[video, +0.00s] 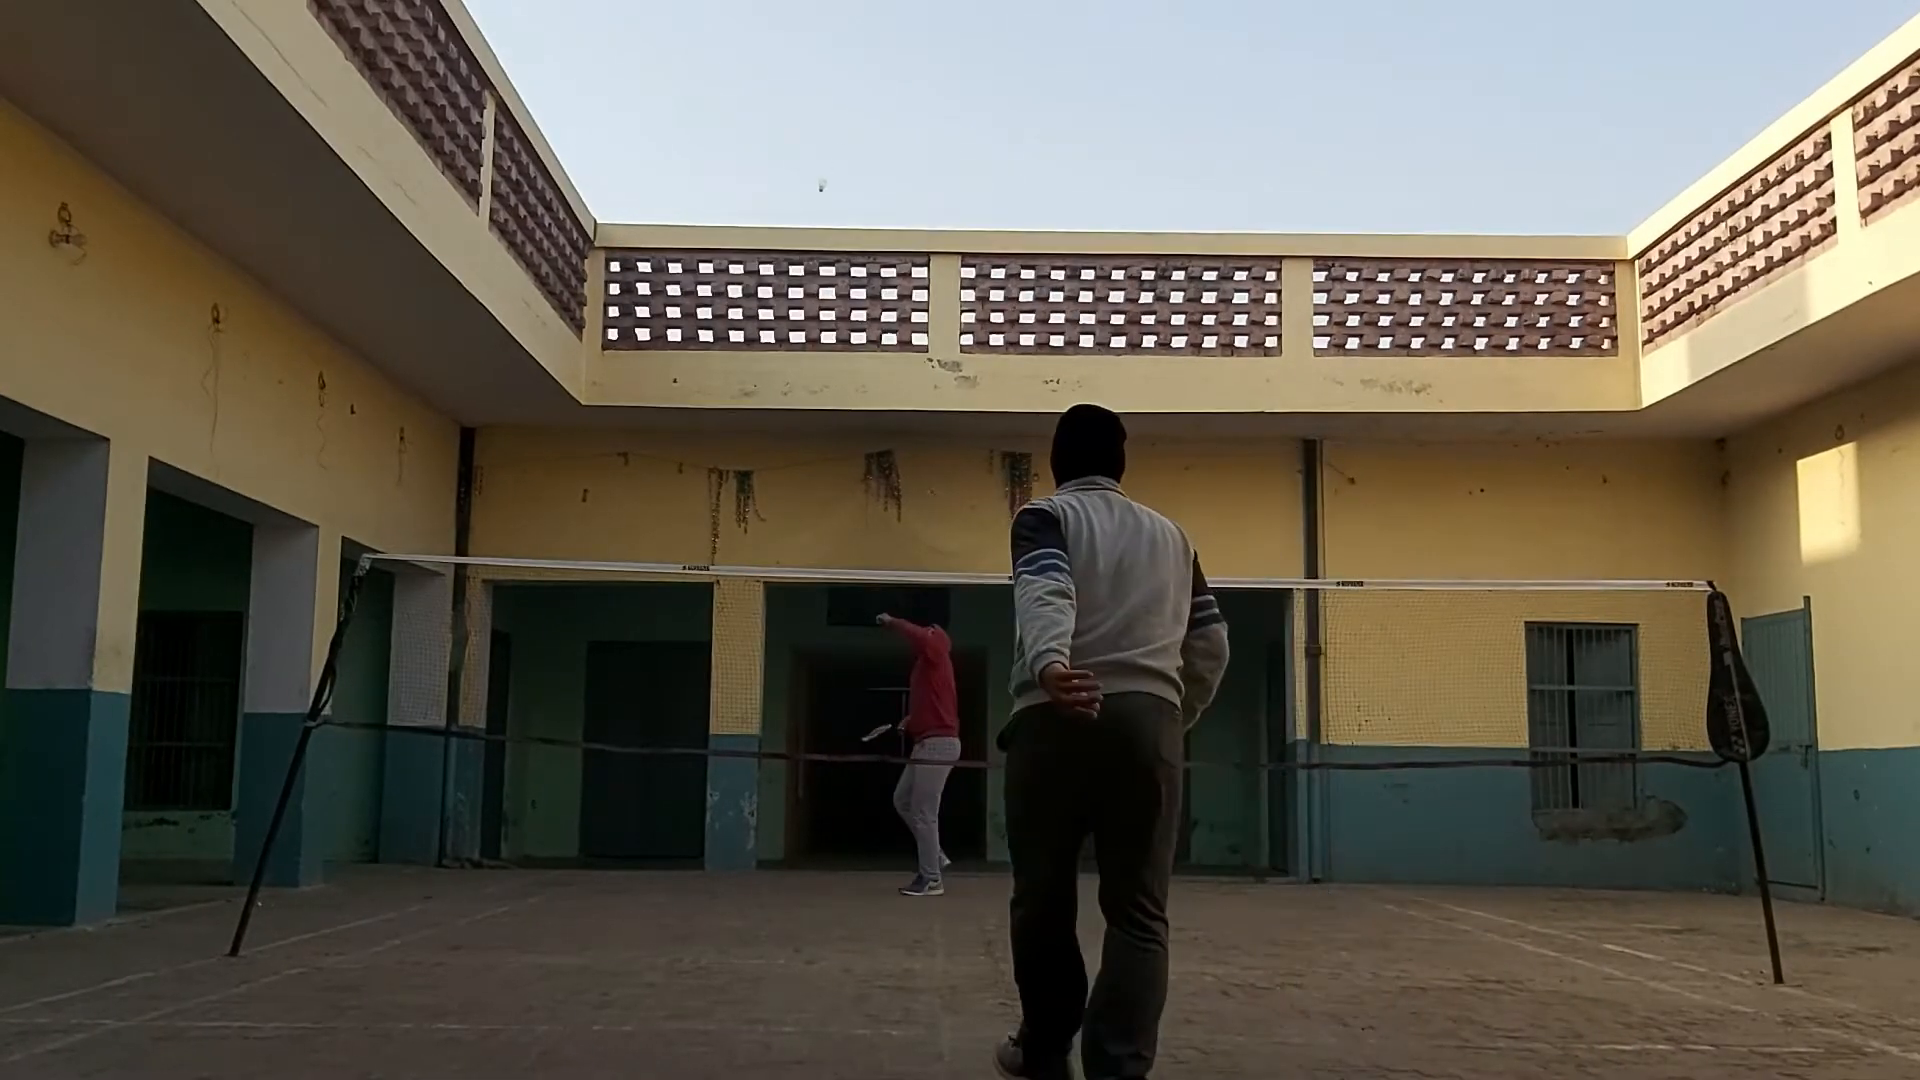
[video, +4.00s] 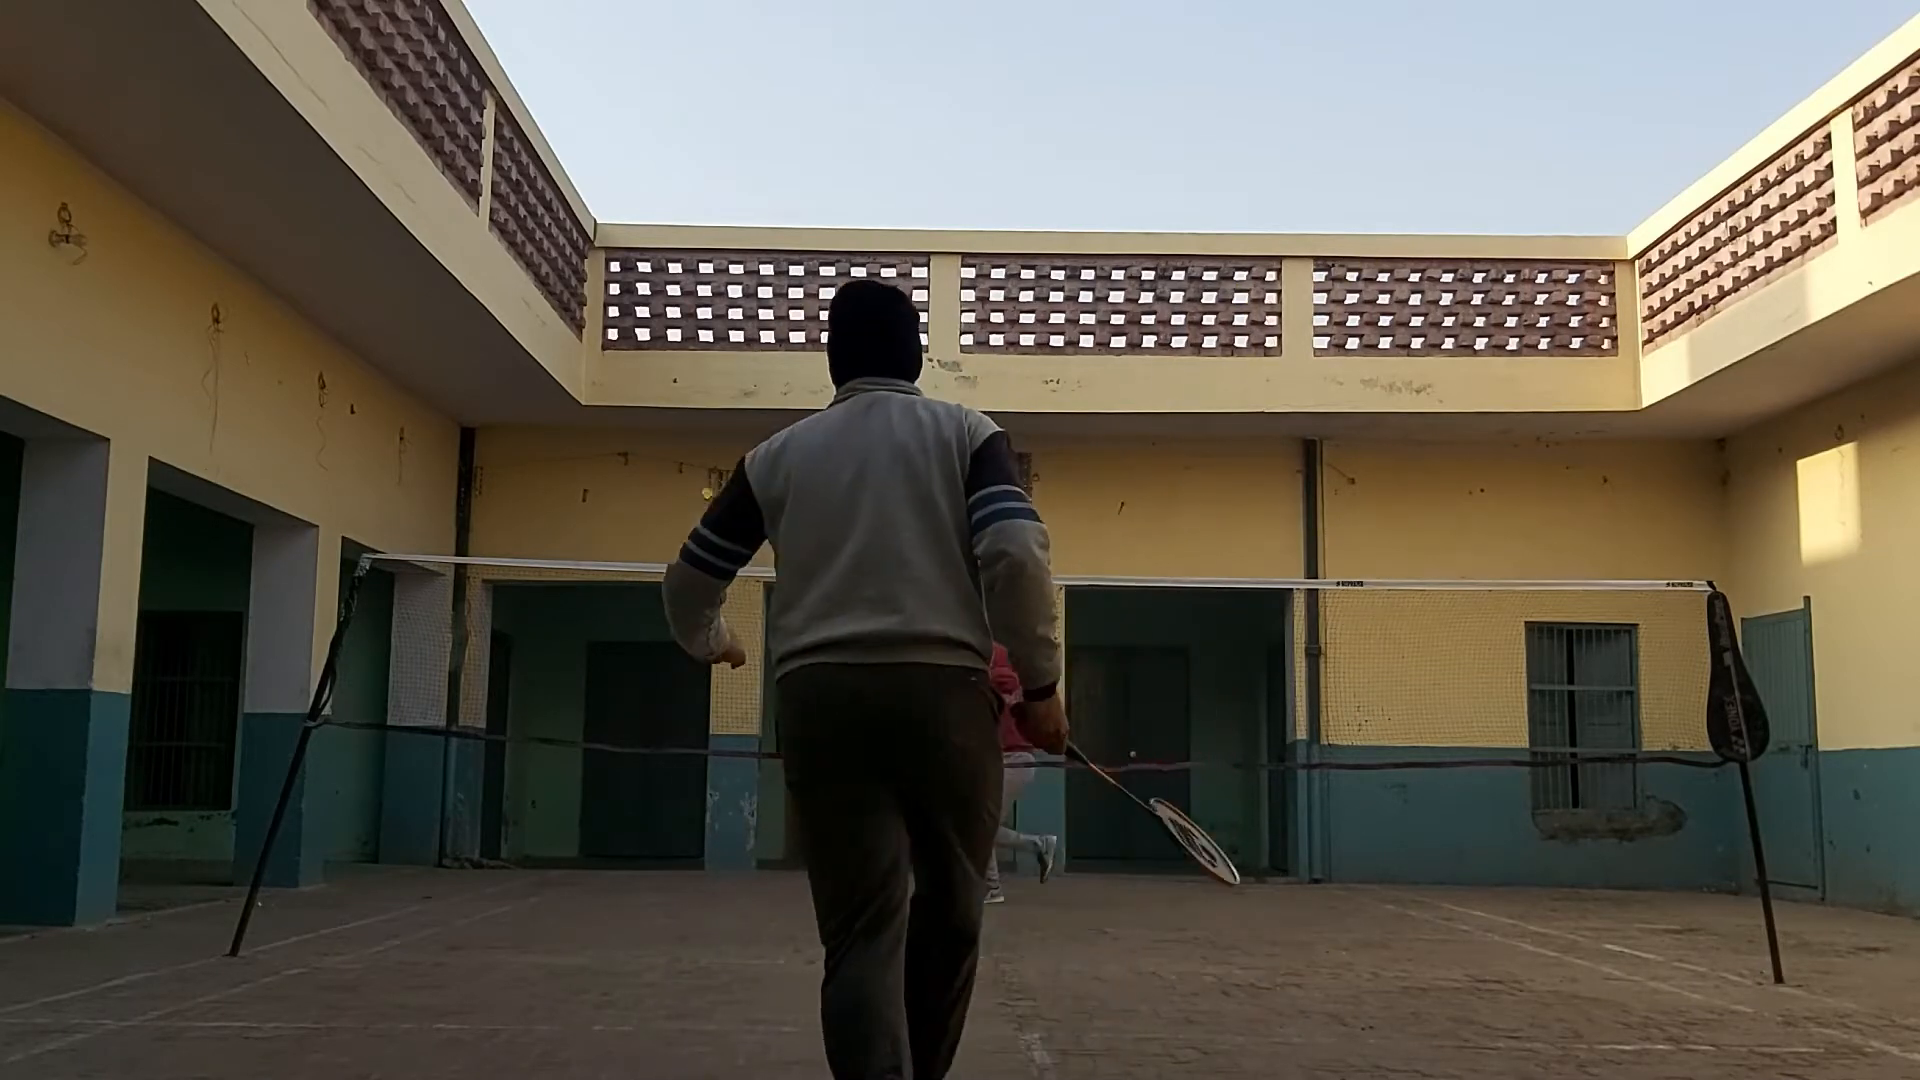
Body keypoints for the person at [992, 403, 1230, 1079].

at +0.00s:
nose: (1057, 474)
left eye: (1055, 463)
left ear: (1057, 466)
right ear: (1122, 466)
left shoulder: (1045, 516)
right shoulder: (1171, 535)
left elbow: (1046, 590)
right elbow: (1210, 646)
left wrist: (1048, 661)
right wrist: (1173, 716)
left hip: (1052, 723)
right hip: (1148, 726)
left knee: (1042, 897)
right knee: (1140, 908)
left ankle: (1047, 1049)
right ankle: (1122, 1064)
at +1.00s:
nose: (860, 451)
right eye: (858, 440)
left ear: (786, 459)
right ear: (861, 452)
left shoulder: (746, 554)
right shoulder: (901, 511)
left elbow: (722, 643)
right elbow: (1009, 498)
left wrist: (786, 591)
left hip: (800, 773)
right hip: (920, 759)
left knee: (732, 950)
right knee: (1009, 929)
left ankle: (671, 1074)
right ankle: (1067, 1070)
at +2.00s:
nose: (913, 456)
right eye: (910, 448)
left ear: (835, 451)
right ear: (906, 454)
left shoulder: (779, 538)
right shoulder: (943, 533)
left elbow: (747, 614)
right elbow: (994, 607)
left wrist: (823, 594)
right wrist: (1047, 529)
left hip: (819, 762)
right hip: (927, 757)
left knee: (768, 906)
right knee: (998, 917)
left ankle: (693, 1060)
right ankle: (1044, 1072)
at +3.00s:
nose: (1029, 492)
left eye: (1028, 479)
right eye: (1028, 479)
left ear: (959, 471)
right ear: (1016, 477)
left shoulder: (906, 541)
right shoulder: (994, 537)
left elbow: (869, 651)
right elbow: (1020, 653)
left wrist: (975, 677)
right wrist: (1112, 650)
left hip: (881, 761)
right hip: (966, 763)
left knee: (946, 913)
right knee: (1087, 925)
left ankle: (875, 1073)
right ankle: (1080, 1074)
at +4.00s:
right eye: (909, 341)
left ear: (833, 359)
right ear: (916, 354)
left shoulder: (778, 452)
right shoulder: (967, 431)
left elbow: (688, 586)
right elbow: (1015, 554)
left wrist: (712, 642)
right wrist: (1041, 687)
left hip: (819, 694)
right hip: (945, 692)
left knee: (858, 921)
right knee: (950, 908)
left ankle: (872, 1072)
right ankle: (918, 1067)